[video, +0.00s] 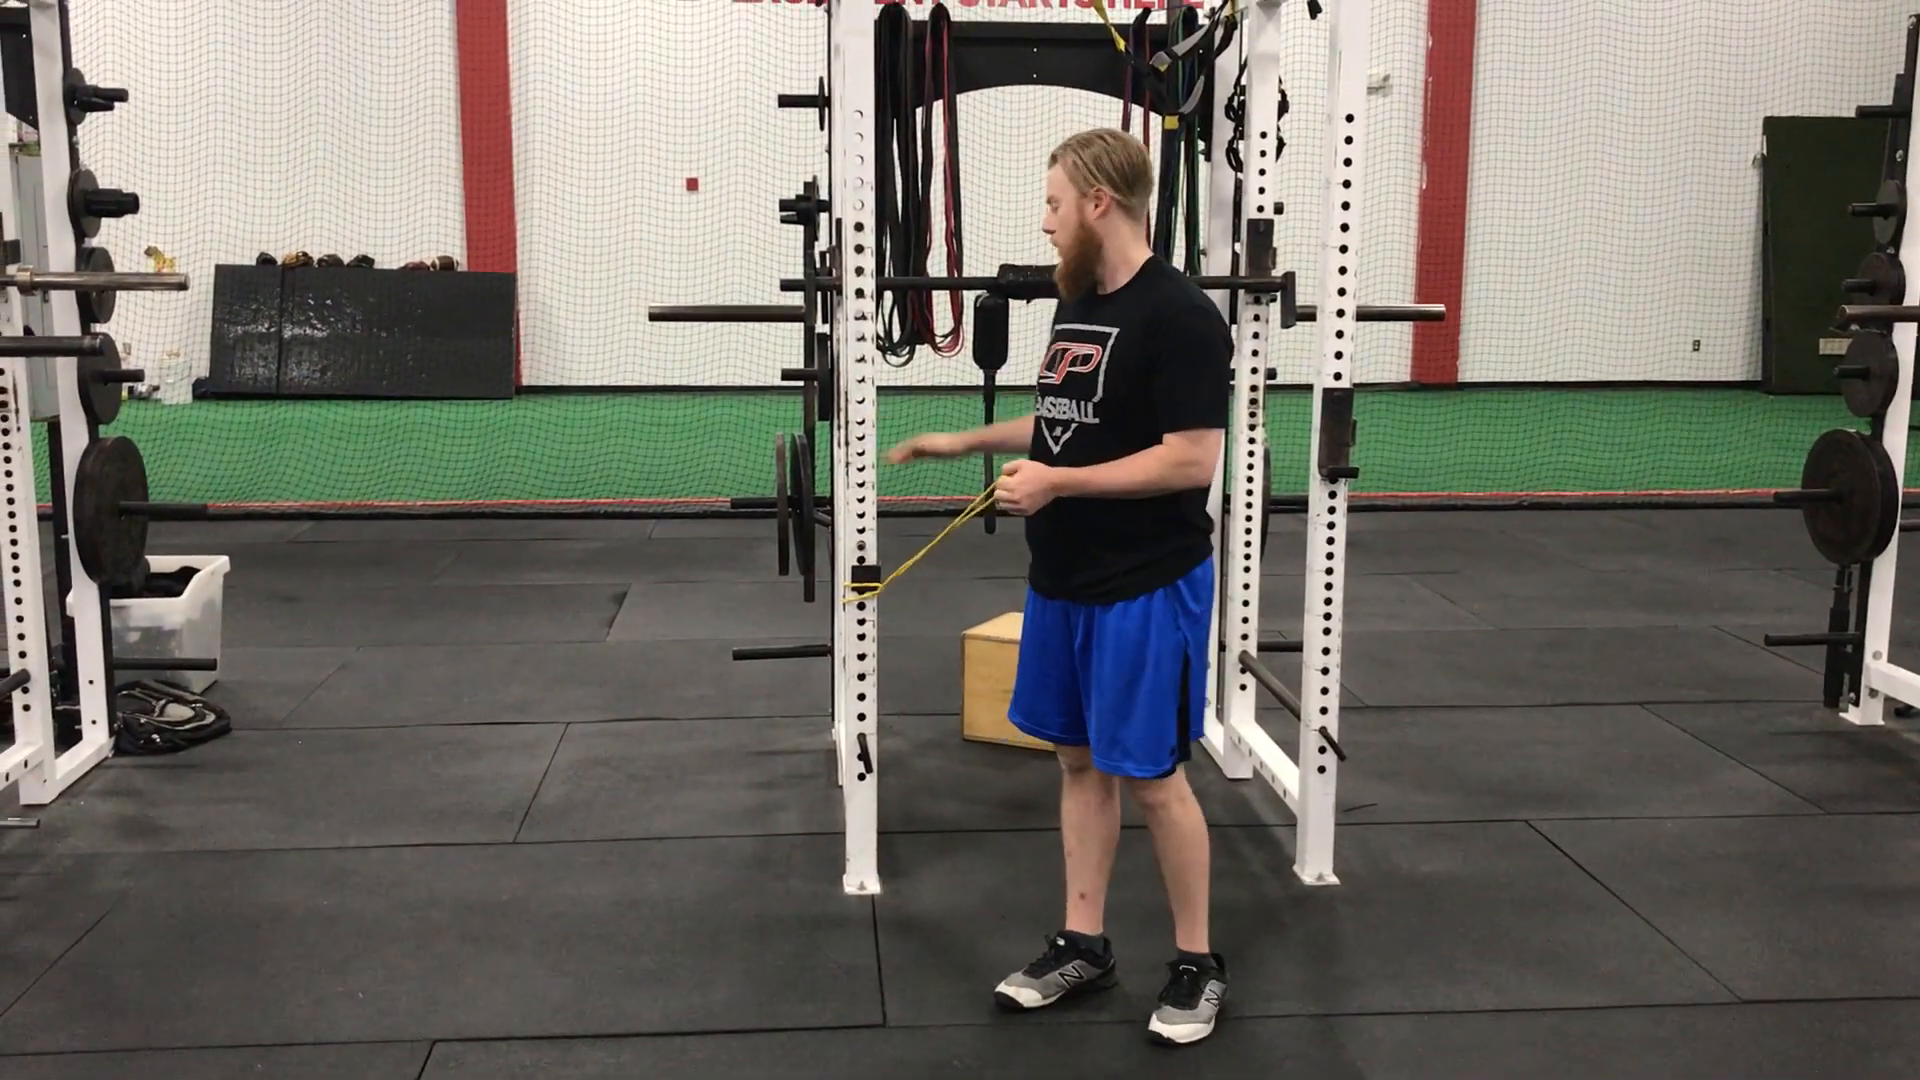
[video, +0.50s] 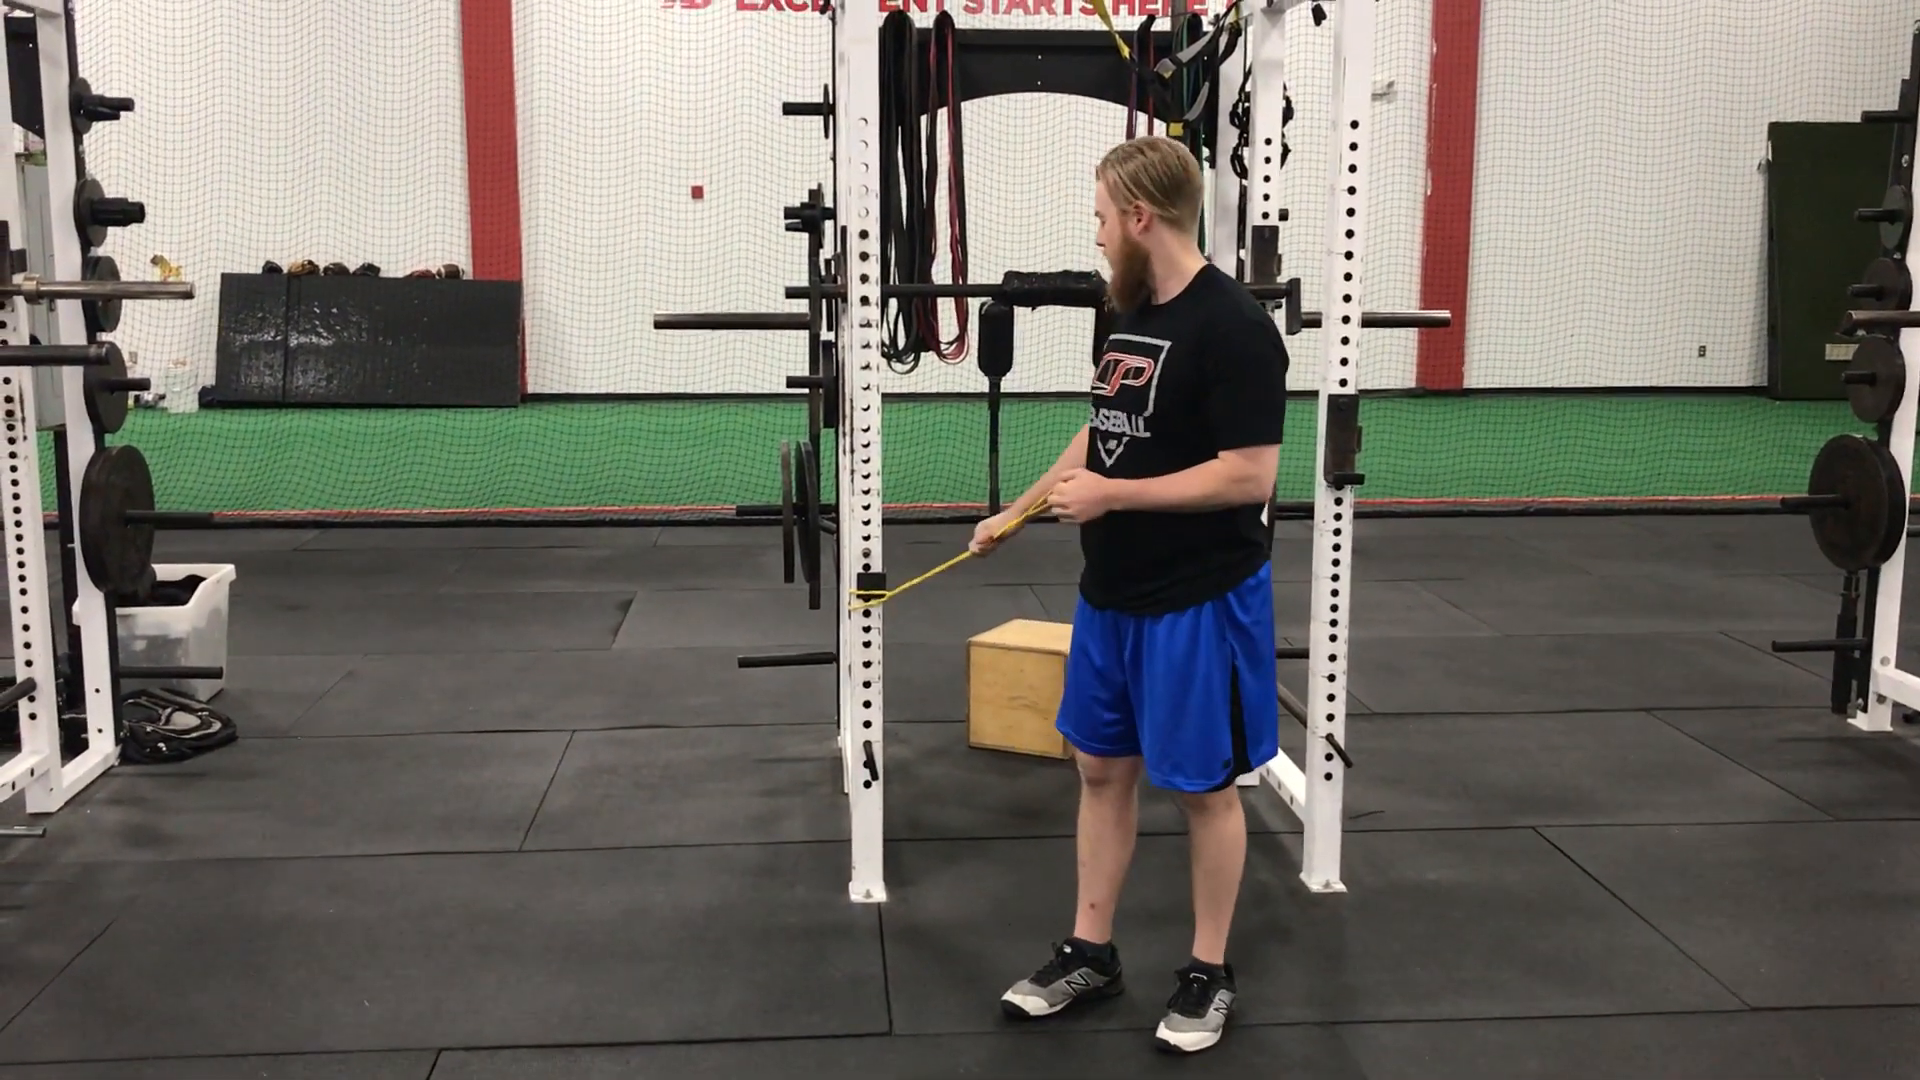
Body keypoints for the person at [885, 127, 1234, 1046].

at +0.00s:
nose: (1047, 224)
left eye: (1053, 206)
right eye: (1046, 207)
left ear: (1098, 203)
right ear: (1098, 206)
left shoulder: (1181, 315)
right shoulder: (1078, 307)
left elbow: (1194, 460)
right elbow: (1064, 429)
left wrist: (1060, 480)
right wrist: (963, 442)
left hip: (1150, 585)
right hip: (1066, 581)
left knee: (1154, 775)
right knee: (1081, 760)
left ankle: (1195, 963)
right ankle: (1080, 945)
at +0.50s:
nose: (1097, 230)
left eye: (1103, 214)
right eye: (1098, 214)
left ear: (1141, 216)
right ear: (1152, 213)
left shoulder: (1237, 326)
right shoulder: (1127, 311)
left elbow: (1252, 476)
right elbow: (1109, 436)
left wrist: (1114, 495)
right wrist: (1019, 509)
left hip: (1203, 601)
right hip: (1112, 593)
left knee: (1206, 787)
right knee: (1101, 768)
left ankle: (1207, 974)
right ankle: (1089, 954)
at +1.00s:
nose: (1095, 242)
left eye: (1102, 224)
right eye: (1095, 224)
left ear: (1147, 224)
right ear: (1149, 222)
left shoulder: (1236, 334)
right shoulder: (1128, 317)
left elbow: (1245, 482)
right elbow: (1098, 437)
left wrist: (1107, 505)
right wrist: (1035, 525)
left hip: (1196, 606)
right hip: (1106, 597)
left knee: (1209, 788)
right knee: (1101, 772)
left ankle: (1211, 974)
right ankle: (1095, 958)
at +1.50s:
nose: (1066, 233)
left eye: (1079, 215)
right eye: (1064, 215)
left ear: (1136, 213)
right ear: (1115, 216)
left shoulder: (1210, 318)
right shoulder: (1078, 328)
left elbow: (1228, 459)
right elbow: (1045, 460)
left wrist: (1088, 486)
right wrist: (1018, 591)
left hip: (1185, 598)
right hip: (1089, 597)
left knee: (1198, 781)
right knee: (1099, 772)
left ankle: (1211, 974)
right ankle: (1097, 957)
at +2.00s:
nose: (1103, 212)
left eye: (1123, 197)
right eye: (1091, 196)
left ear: (1162, 212)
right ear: (1075, 210)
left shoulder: (1210, 318)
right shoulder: (1053, 326)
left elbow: (1234, 454)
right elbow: (1031, 458)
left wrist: (1096, 483)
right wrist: (1026, 578)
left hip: (1186, 596)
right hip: (1080, 596)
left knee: (1199, 779)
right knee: (1098, 774)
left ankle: (1215, 974)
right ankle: (1100, 958)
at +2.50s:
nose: (1123, 222)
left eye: (1143, 205)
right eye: (1110, 204)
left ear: (1181, 216)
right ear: (1094, 212)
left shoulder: (1225, 321)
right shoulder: (1074, 329)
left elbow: (1246, 462)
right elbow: (1053, 462)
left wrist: (1109, 489)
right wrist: (1031, 583)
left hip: (1199, 601)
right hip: (1097, 600)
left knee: (1209, 786)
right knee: (1108, 778)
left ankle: (1223, 979)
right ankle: (1108, 962)